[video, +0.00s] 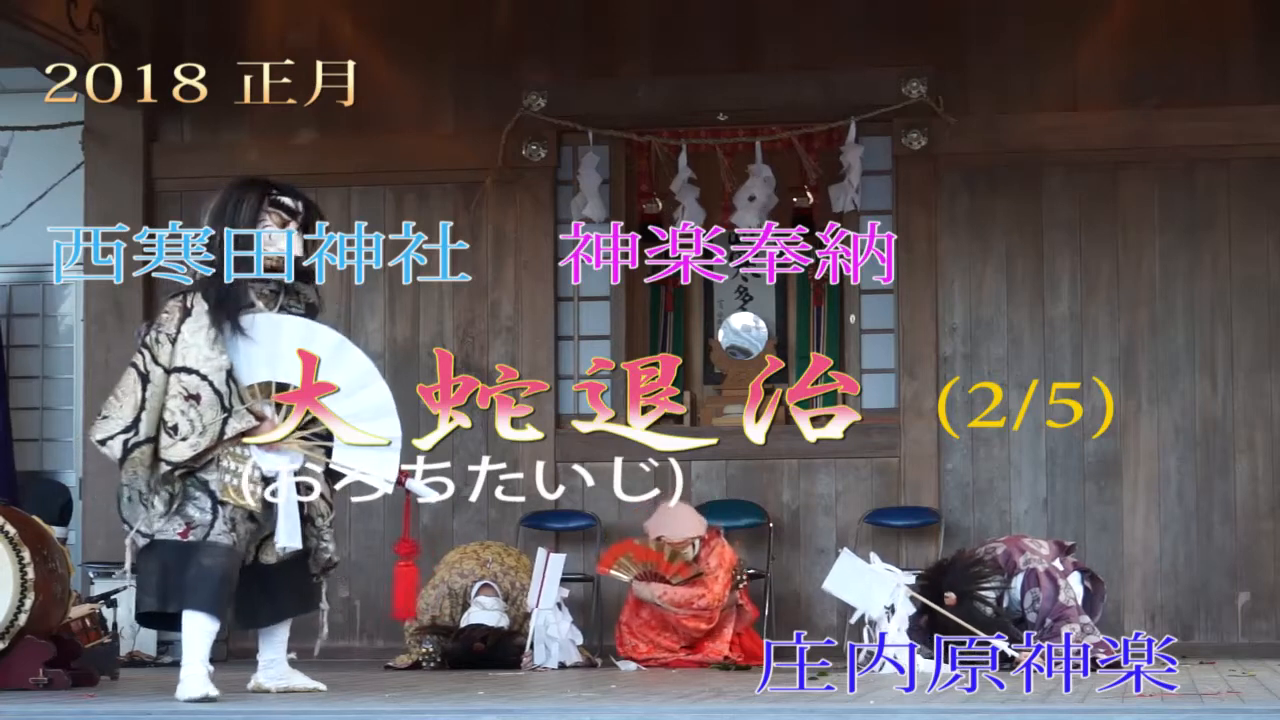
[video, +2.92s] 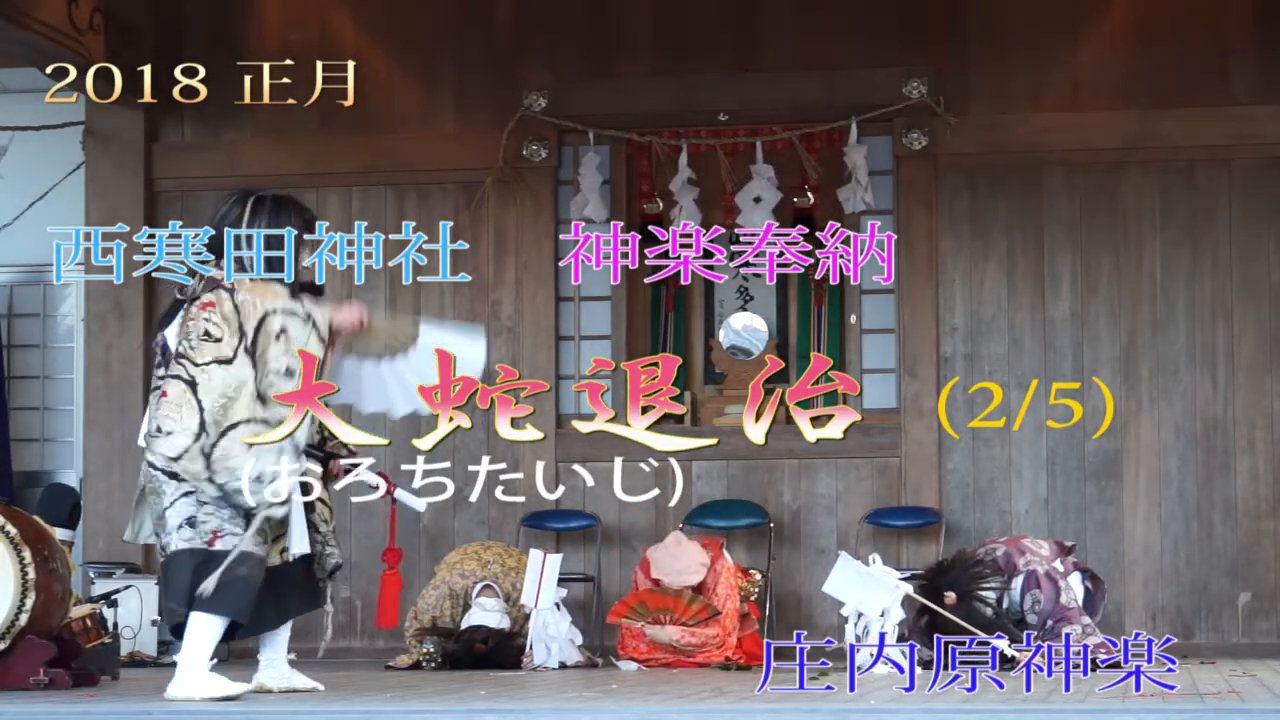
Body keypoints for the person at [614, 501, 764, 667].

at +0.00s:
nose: (675, 554)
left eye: (678, 548)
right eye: (670, 548)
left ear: (692, 539)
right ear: (663, 542)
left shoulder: (717, 549)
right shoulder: (663, 552)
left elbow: (711, 598)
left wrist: (654, 593)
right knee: (640, 598)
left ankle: (711, 650)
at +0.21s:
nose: (674, 559)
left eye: (678, 552)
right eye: (669, 553)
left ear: (694, 546)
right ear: (663, 546)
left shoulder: (720, 554)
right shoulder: (662, 556)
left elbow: (711, 604)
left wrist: (655, 598)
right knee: (636, 610)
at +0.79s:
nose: (676, 576)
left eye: (682, 569)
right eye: (670, 568)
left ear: (695, 561)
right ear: (658, 558)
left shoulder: (719, 558)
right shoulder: (647, 558)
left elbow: (717, 619)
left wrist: (660, 616)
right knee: (631, 622)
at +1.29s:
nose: (676, 582)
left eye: (682, 576)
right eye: (670, 576)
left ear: (695, 567)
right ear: (658, 564)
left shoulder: (720, 563)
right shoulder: (647, 560)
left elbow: (720, 625)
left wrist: (665, 623)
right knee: (631, 640)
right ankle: (711, 652)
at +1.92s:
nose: (681, 585)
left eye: (686, 579)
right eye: (673, 580)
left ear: (697, 568)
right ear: (658, 570)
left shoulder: (718, 565)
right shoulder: (645, 565)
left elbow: (720, 627)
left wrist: (666, 630)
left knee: (720, 647)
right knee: (630, 642)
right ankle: (710, 655)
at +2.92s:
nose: (679, 591)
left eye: (685, 586)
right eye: (672, 586)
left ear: (696, 575)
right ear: (658, 575)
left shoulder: (718, 566)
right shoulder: (644, 569)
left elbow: (721, 635)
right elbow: (629, 644)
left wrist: (671, 636)